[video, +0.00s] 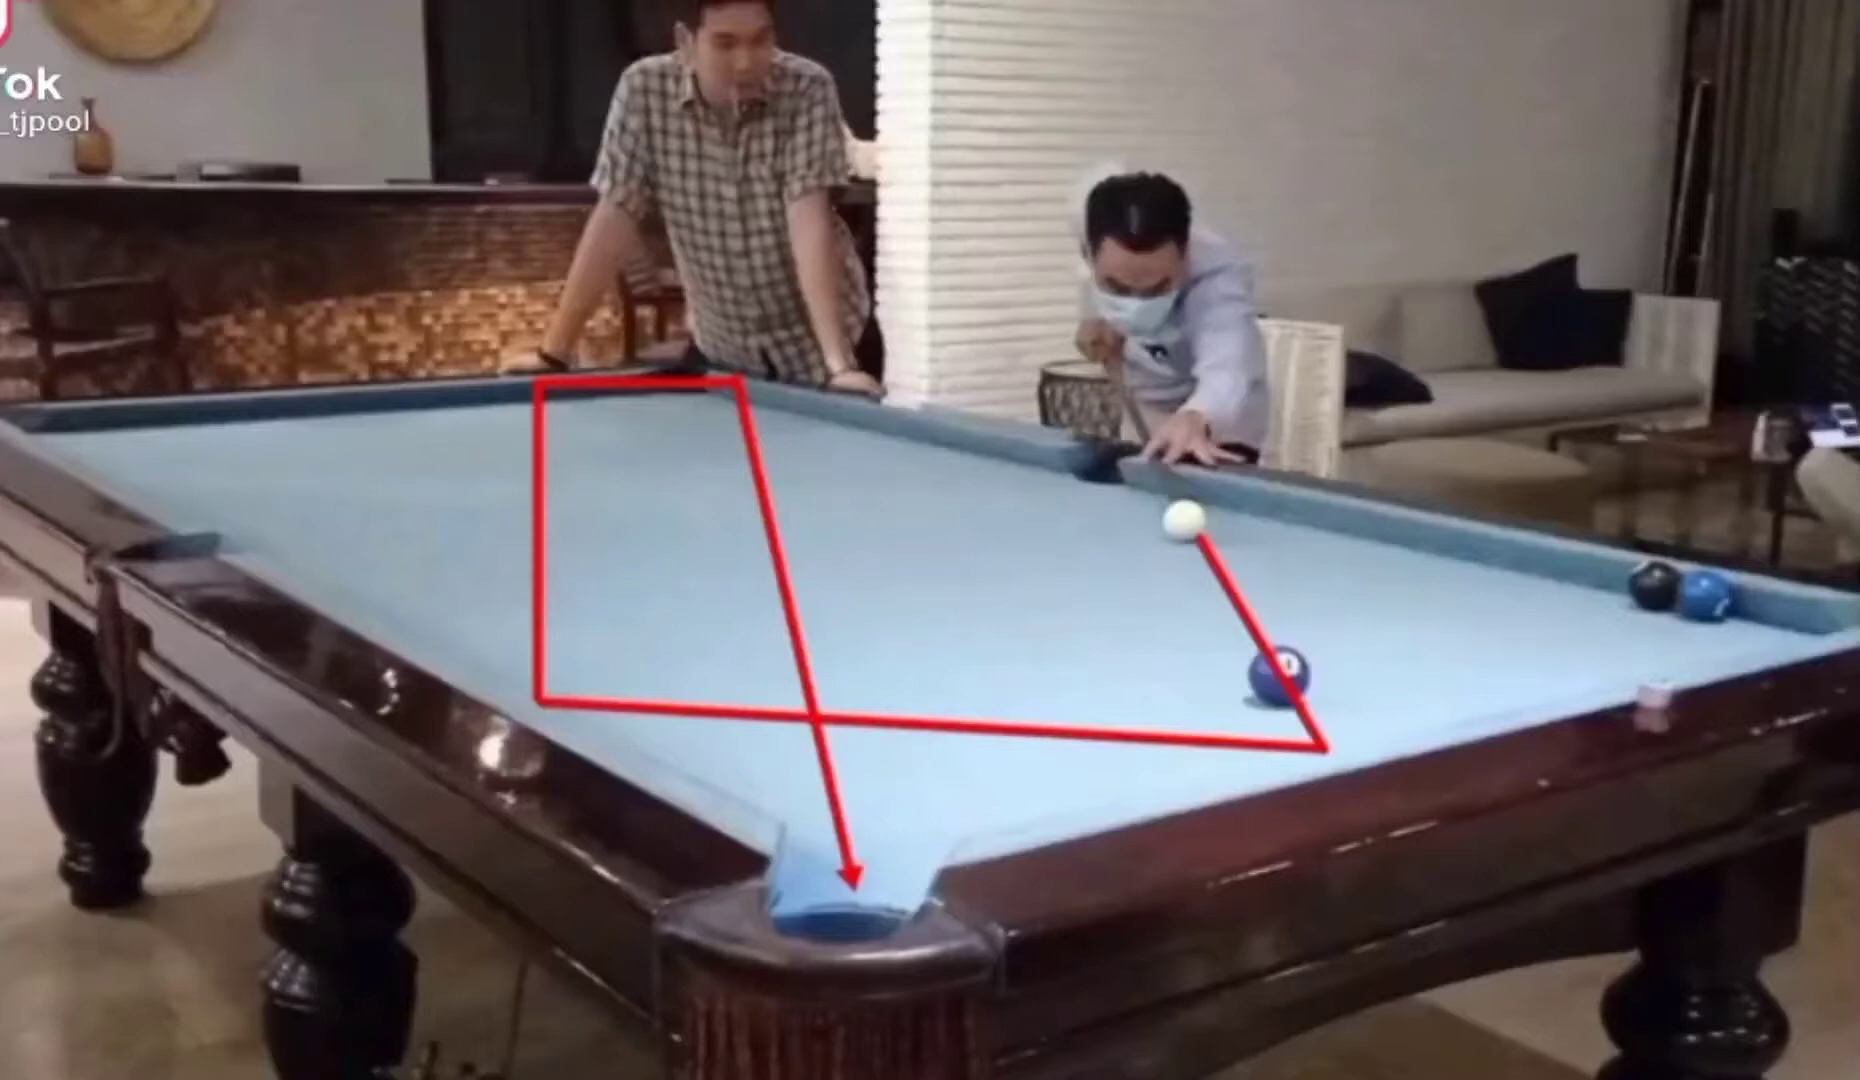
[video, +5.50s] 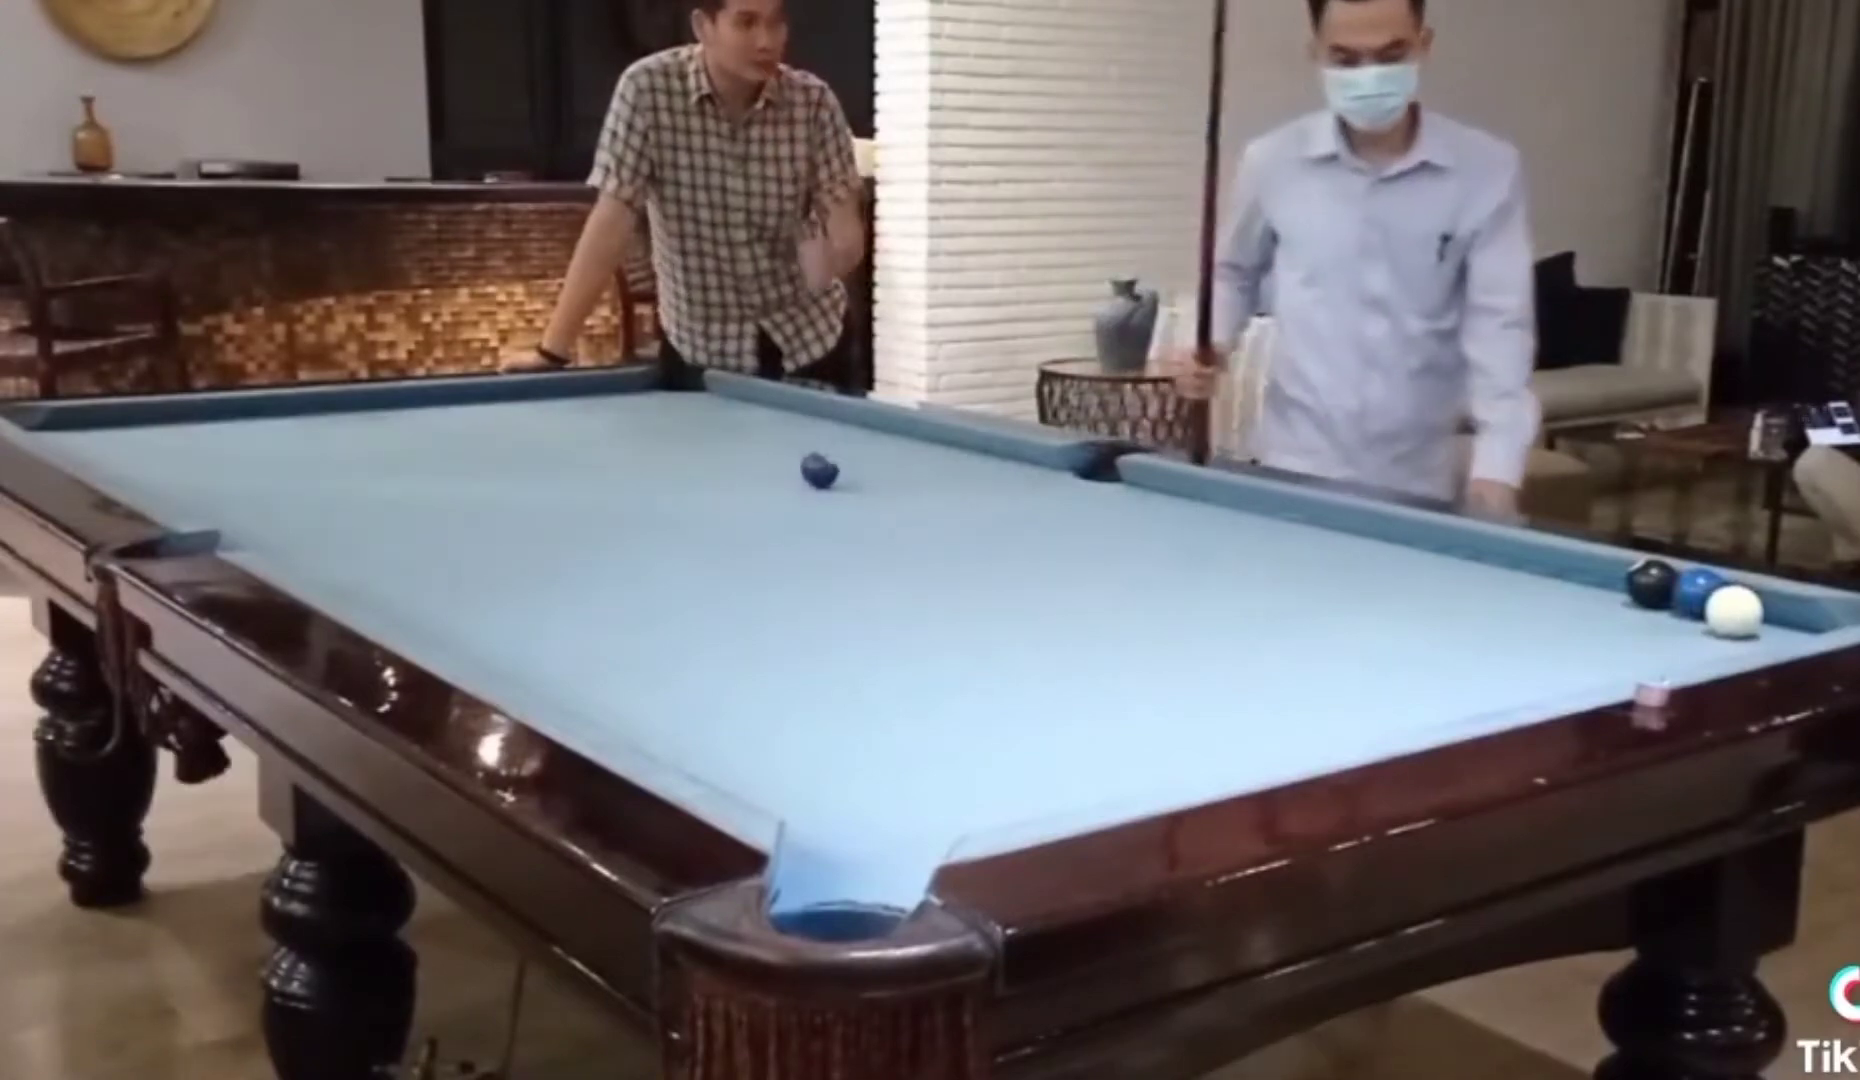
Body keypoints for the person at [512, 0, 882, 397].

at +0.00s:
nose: (746, 62)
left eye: (759, 41)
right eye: (726, 44)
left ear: (774, 36)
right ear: (686, 43)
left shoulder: (806, 89)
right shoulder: (644, 90)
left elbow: (810, 220)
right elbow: (614, 216)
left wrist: (840, 364)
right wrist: (553, 354)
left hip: (821, 347)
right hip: (722, 347)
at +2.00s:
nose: (740, 62)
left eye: (755, 41)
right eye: (720, 44)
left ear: (771, 36)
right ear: (684, 44)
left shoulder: (806, 90)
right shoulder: (647, 91)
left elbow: (809, 216)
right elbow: (616, 213)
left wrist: (838, 363)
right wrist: (553, 351)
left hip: (824, 343)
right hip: (725, 345)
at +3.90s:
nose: (721, 40)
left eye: (737, 21)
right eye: (702, 22)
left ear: (757, 23)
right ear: (669, 26)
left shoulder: (803, 94)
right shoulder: (641, 92)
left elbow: (810, 223)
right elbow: (614, 217)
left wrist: (837, 361)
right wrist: (553, 350)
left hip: (822, 341)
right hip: (724, 343)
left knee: (834, 495)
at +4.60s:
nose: (757, 29)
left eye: (765, 13)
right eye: (737, 15)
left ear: (777, 19)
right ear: (691, 23)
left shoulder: (811, 101)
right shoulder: (638, 90)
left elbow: (858, 225)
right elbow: (610, 214)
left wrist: (836, 288)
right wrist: (553, 350)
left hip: (814, 342)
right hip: (701, 345)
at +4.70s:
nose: (766, 31)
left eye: (774, 14)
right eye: (745, 16)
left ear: (784, 19)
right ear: (698, 24)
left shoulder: (813, 102)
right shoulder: (642, 88)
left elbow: (858, 228)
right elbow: (610, 217)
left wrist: (832, 248)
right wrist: (552, 350)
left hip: (816, 336)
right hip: (702, 341)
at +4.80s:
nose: (772, 35)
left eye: (779, 17)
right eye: (751, 19)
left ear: (789, 21)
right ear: (704, 25)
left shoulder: (814, 100)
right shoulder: (645, 87)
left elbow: (852, 247)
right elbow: (610, 218)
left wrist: (820, 202)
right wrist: (552, 351)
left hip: (815, 333)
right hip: (701, 339)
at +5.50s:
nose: (767, 40)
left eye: (777, 23)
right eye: (746, 23)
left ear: (788, 26)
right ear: (703, 26)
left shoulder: (812, 101)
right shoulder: (649, 89)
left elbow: (845, 222)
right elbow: (612, 218)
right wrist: (552, 352)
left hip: (808, 335)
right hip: (701, 344)